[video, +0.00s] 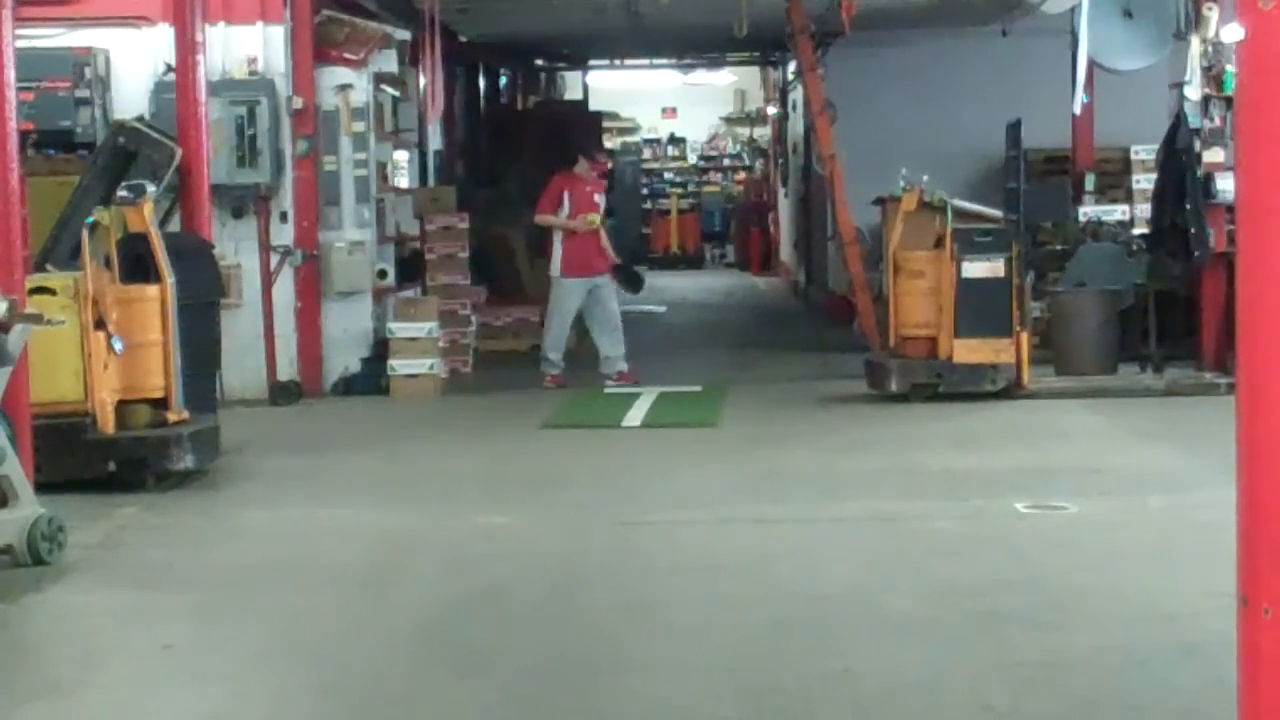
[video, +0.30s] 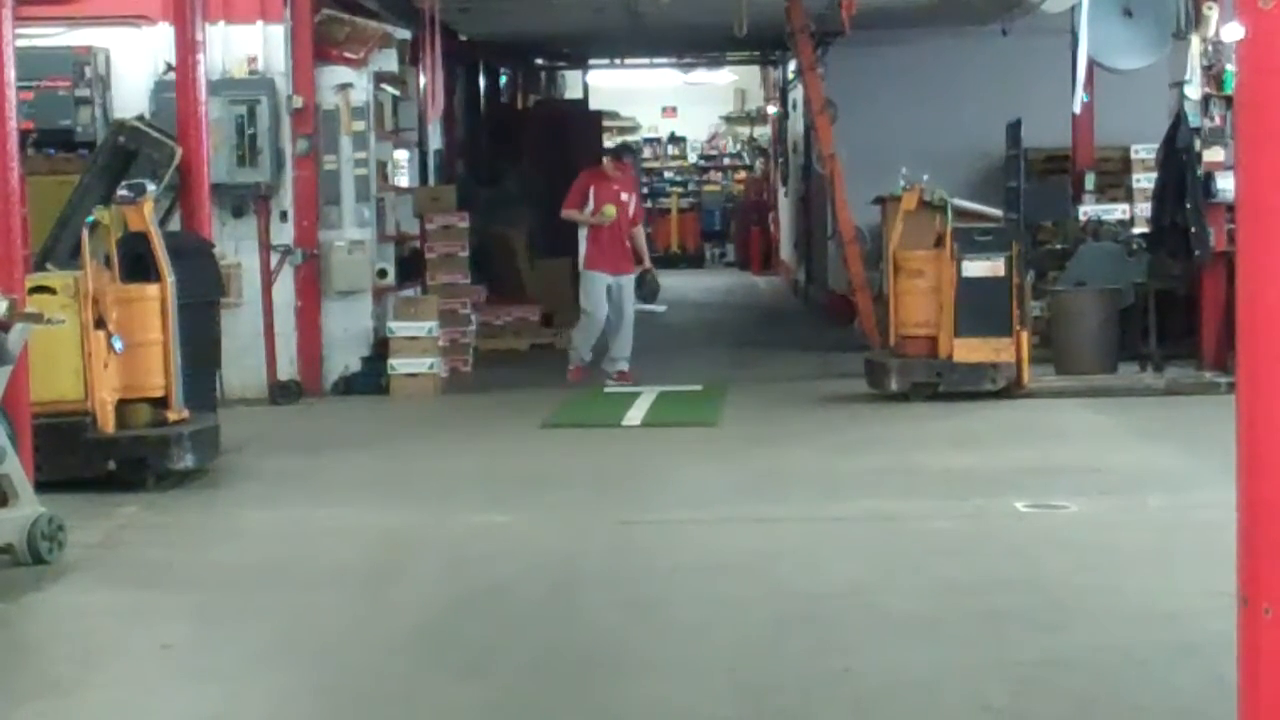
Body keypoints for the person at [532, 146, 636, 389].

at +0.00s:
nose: (597, 172)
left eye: (600, 167)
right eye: (594, 166)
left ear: (601, 166)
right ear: (581, 160)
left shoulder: (599, 186)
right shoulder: (561, 181)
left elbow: (598, 225)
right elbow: (541, 216)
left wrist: (611, 255)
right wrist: (573, 225)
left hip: (599, 270)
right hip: (569, 272)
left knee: (609, 320)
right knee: (559, 322)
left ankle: (616, 369)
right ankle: (551, 369)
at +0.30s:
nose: (621, 173)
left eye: (625, 169)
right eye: (618, 167)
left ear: (630, 167)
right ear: (607, 160)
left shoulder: (629, 183)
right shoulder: (588, 178)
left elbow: (636, 226)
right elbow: (567, 211)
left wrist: (646, 259)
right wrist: (592, 219)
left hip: (624, 263)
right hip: (595, 262)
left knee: (625, 315)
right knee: (596, 313)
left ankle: (618, 365)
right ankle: (577, 359)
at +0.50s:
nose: (629, 174)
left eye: (634, 170)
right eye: (626, 169)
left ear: (640, 166)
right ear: (616, 161)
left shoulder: (642, 182)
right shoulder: (599, 178)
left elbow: (647, 224)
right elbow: (578, 211)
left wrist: (654, 259)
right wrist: (602, 222)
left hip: (632, 262)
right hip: (605, 260)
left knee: (631, 313)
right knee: (612, 311)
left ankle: (624, 364)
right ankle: (613, 364)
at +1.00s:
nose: (638, 175)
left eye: (642, 171)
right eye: (634, 171)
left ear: (648, 163)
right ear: (624, 164)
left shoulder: (652, 175)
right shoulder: (612, 182)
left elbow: (665, 206)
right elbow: (599, 222)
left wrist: (677, 234)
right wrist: (633, 224)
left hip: (657, 260)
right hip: (631, 263)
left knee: (665, 309)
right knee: (637, 313)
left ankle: (633, 354)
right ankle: (646, 364)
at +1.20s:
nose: (641, 175)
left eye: (646, 171)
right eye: (637, 171)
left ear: (653, 163)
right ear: (626, 163)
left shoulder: (659, 175)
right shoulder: (614, 181)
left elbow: (683, 193)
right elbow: (597, 219)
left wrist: (699, 214)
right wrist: (626, 231)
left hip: (664, 259)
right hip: (634, 263)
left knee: (673, 310)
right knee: (637, 316)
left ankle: (673, 361)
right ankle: (646, 365)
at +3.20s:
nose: (643, 161)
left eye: (648, 156)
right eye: (638, 157)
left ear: (656, 154)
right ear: (632, 157)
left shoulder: (672, 172)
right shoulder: (625, 178)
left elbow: (692, 205)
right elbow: (598, 212)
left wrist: (706, 235)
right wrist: (614, 238)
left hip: (674, 259)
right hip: (641, 263)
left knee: (682, 309)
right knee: (642, 315)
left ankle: (685, 362)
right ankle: (649, 364)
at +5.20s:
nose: (638, 154)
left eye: (641, 147)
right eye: (632, 149)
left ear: (651, 146)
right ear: (626, 152)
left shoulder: (673, 169)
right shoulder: (622, 176)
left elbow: (691, 206)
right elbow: (601, 206)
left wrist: (691, 245)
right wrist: (613, 237)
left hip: (677, 256)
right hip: (644, 259)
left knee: (682, 315)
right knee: (645, 315)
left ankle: (683, 364)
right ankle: (650, 367)